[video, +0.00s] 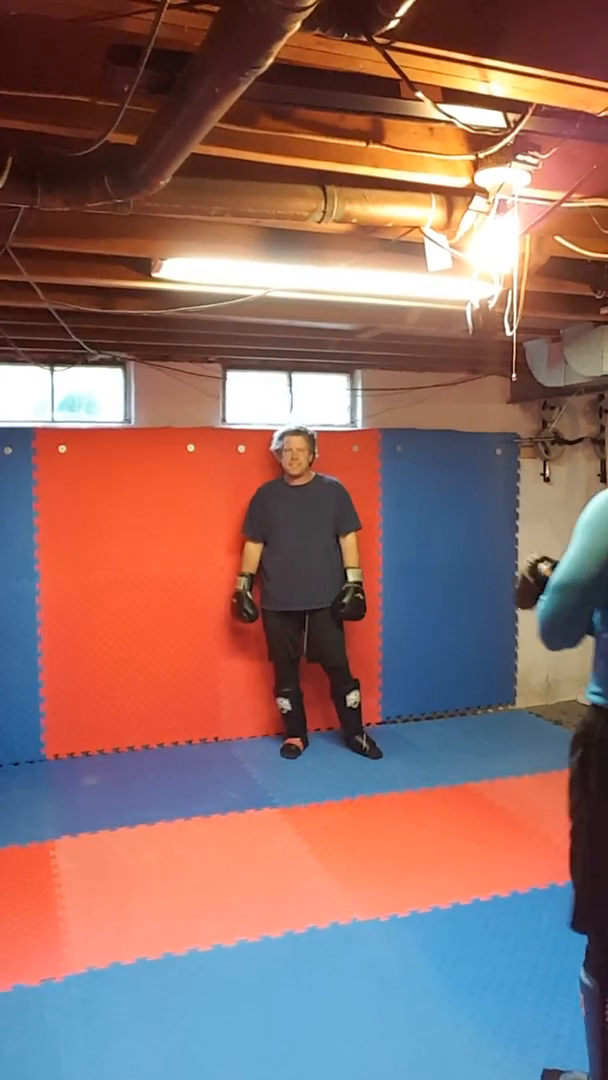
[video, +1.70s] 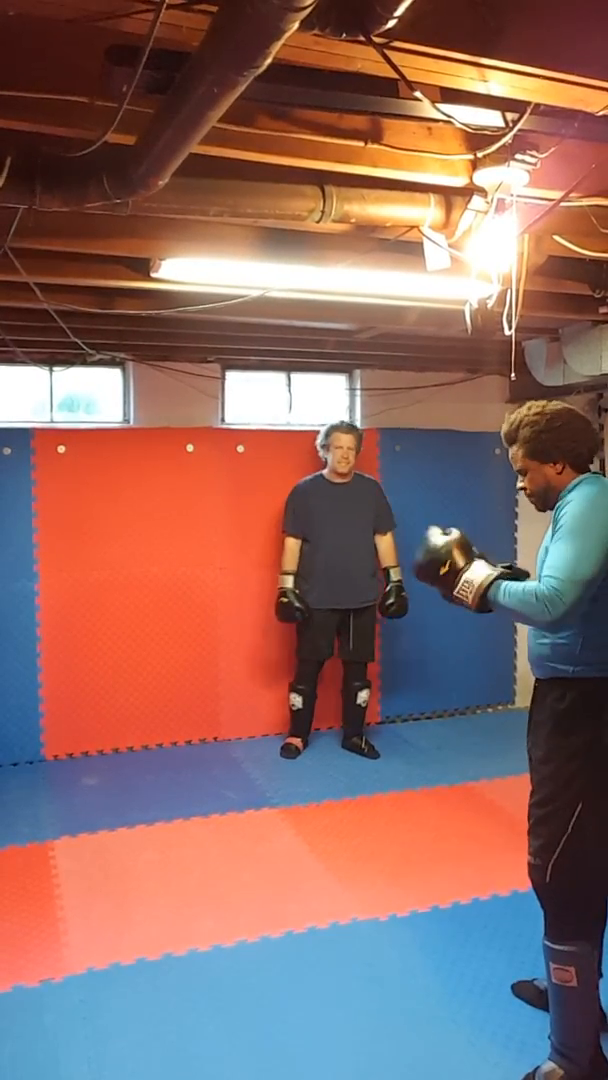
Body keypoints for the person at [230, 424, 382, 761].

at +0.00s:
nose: (292, 456)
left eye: (299, 451)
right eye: (287, 451)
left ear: (313, 455)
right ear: (280, 456)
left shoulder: (332, 491)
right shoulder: (266, 496)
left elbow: (348, 538)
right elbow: (254, 542)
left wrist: (354, 583)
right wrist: (243, 586)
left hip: (325, 598)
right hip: (279, 601)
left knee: (339, 668)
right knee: (285, 670)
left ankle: (355, 733)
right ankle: (294, 735)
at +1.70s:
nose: (345, 456)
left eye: (350, 450)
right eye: (338, 449)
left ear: (357, 454)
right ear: (326, 451)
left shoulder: (371, 490)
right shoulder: (304, 492)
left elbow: (384, 537)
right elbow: (293, 541)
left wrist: (395, 581)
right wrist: (287, 587)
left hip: (362, 598)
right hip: (316, 598)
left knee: (358, 667)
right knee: (308, 668)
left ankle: (354, 735)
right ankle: (298, 735)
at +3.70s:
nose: (365, 459)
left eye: (370, 453)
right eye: (358, 452)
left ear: (377, 456)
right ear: (344, 455)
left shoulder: (391, 492)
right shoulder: (325, 493)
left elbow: (404, 540)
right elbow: (313, 543)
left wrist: (411, 584)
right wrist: (307, 587)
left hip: (379, 598)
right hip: (338, 597)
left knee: (369, 668)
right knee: (342, 667)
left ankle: (358, 734)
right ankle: (332, 737)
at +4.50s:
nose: (321, 457)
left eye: (327, 451)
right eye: (314, 451)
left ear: (337, 454)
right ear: (304, 454)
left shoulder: (355, 491)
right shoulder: (287, 495)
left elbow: (371, 541)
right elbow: (275, 545)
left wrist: (383, 588)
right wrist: (265, 592)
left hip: (346, 603)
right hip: (297, 602)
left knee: (350, 672)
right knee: (290, 676)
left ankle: (353, 736)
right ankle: (282, 748)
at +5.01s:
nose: (282, 458)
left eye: (288, 451)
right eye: (276, 452)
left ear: (301, 453)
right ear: (267, 455)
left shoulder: (323, 491)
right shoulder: (252, 495)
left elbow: (337, 540)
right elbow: (240, 546)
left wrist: (342, 587)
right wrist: (230, 593)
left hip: (313, 601)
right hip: (266, 602)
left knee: (312, 674)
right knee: (272, 675)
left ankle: (317, 747)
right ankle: (279, 745)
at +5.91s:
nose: (285, 455)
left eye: (291, 448)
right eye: (278, 449)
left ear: (303, 453)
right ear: (266, 454)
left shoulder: (320, 492)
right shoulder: (248, 495)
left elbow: (332, 538)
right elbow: (234, 545)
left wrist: (328, 570)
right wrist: (226, 591)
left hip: (310, 603)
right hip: (262, 605)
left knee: (334, 676)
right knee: (270, 680)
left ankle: (361, 748)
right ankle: (279, 748)